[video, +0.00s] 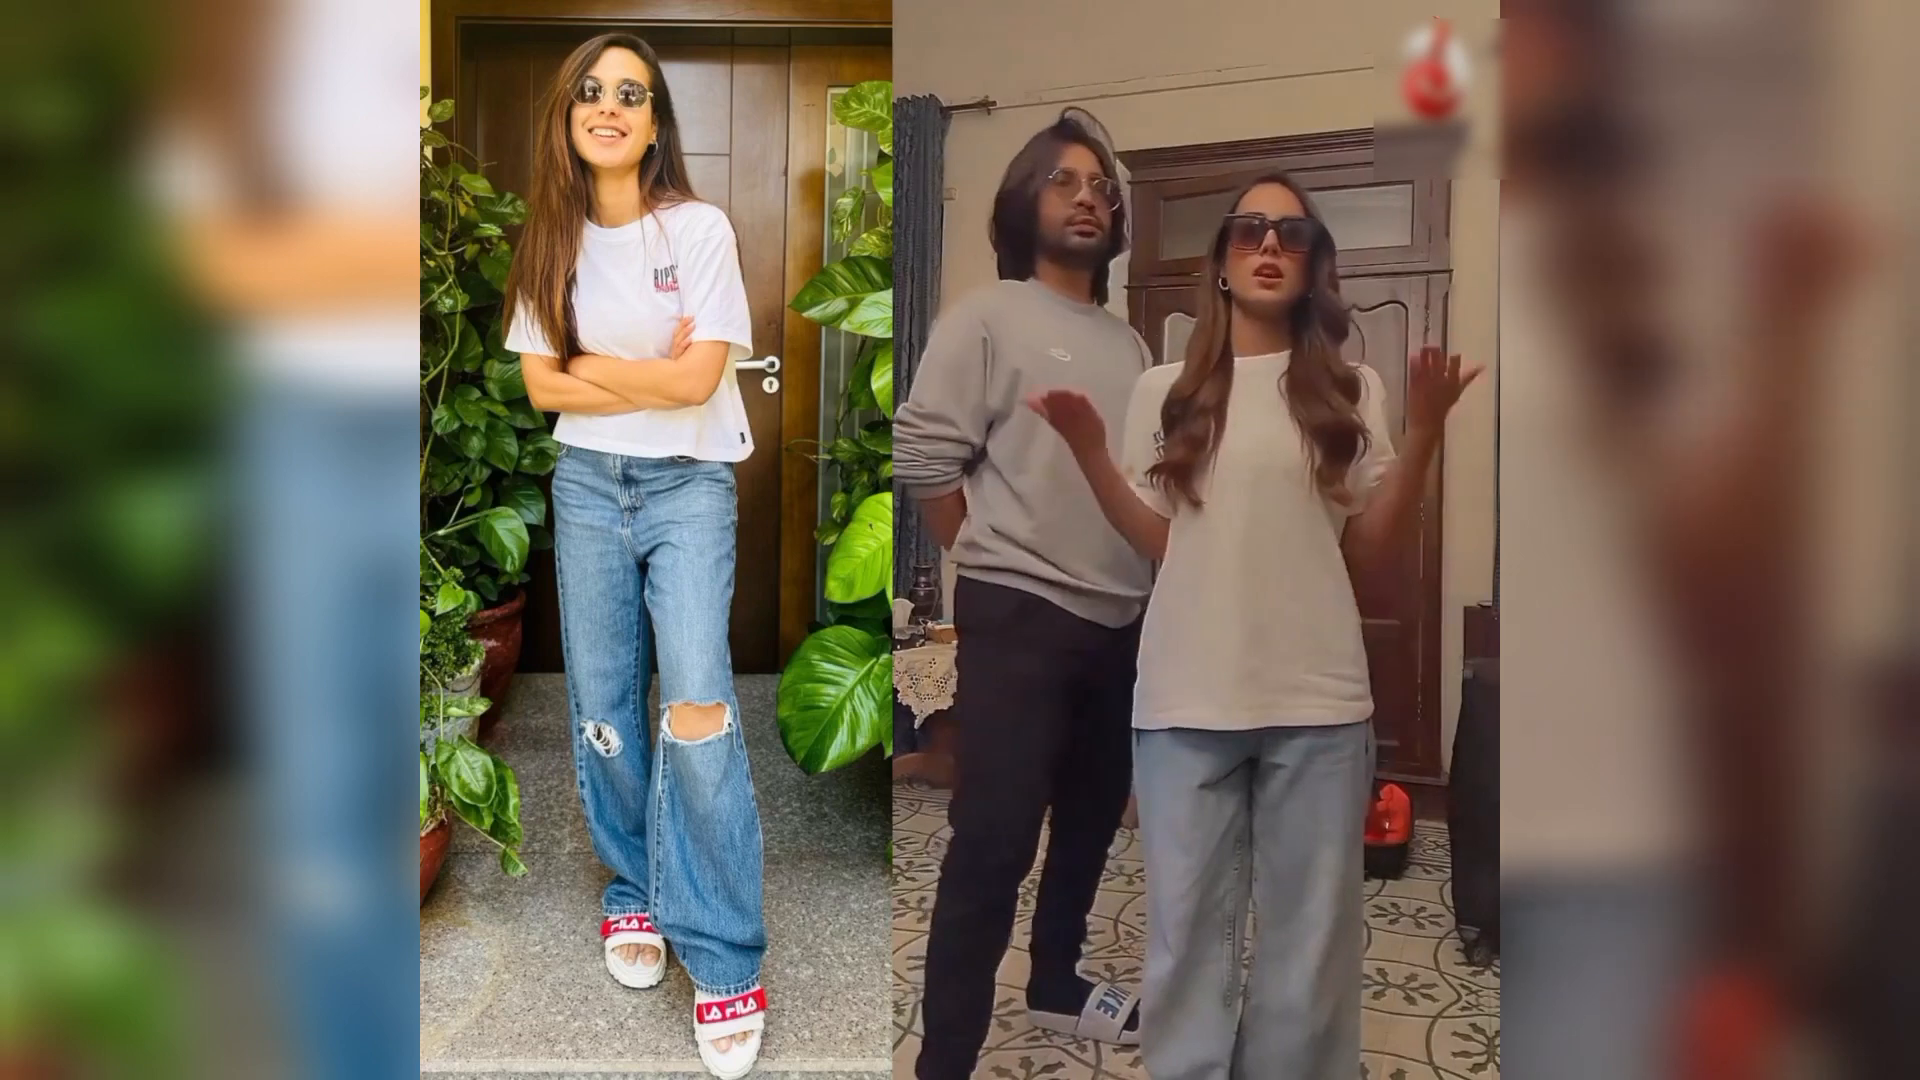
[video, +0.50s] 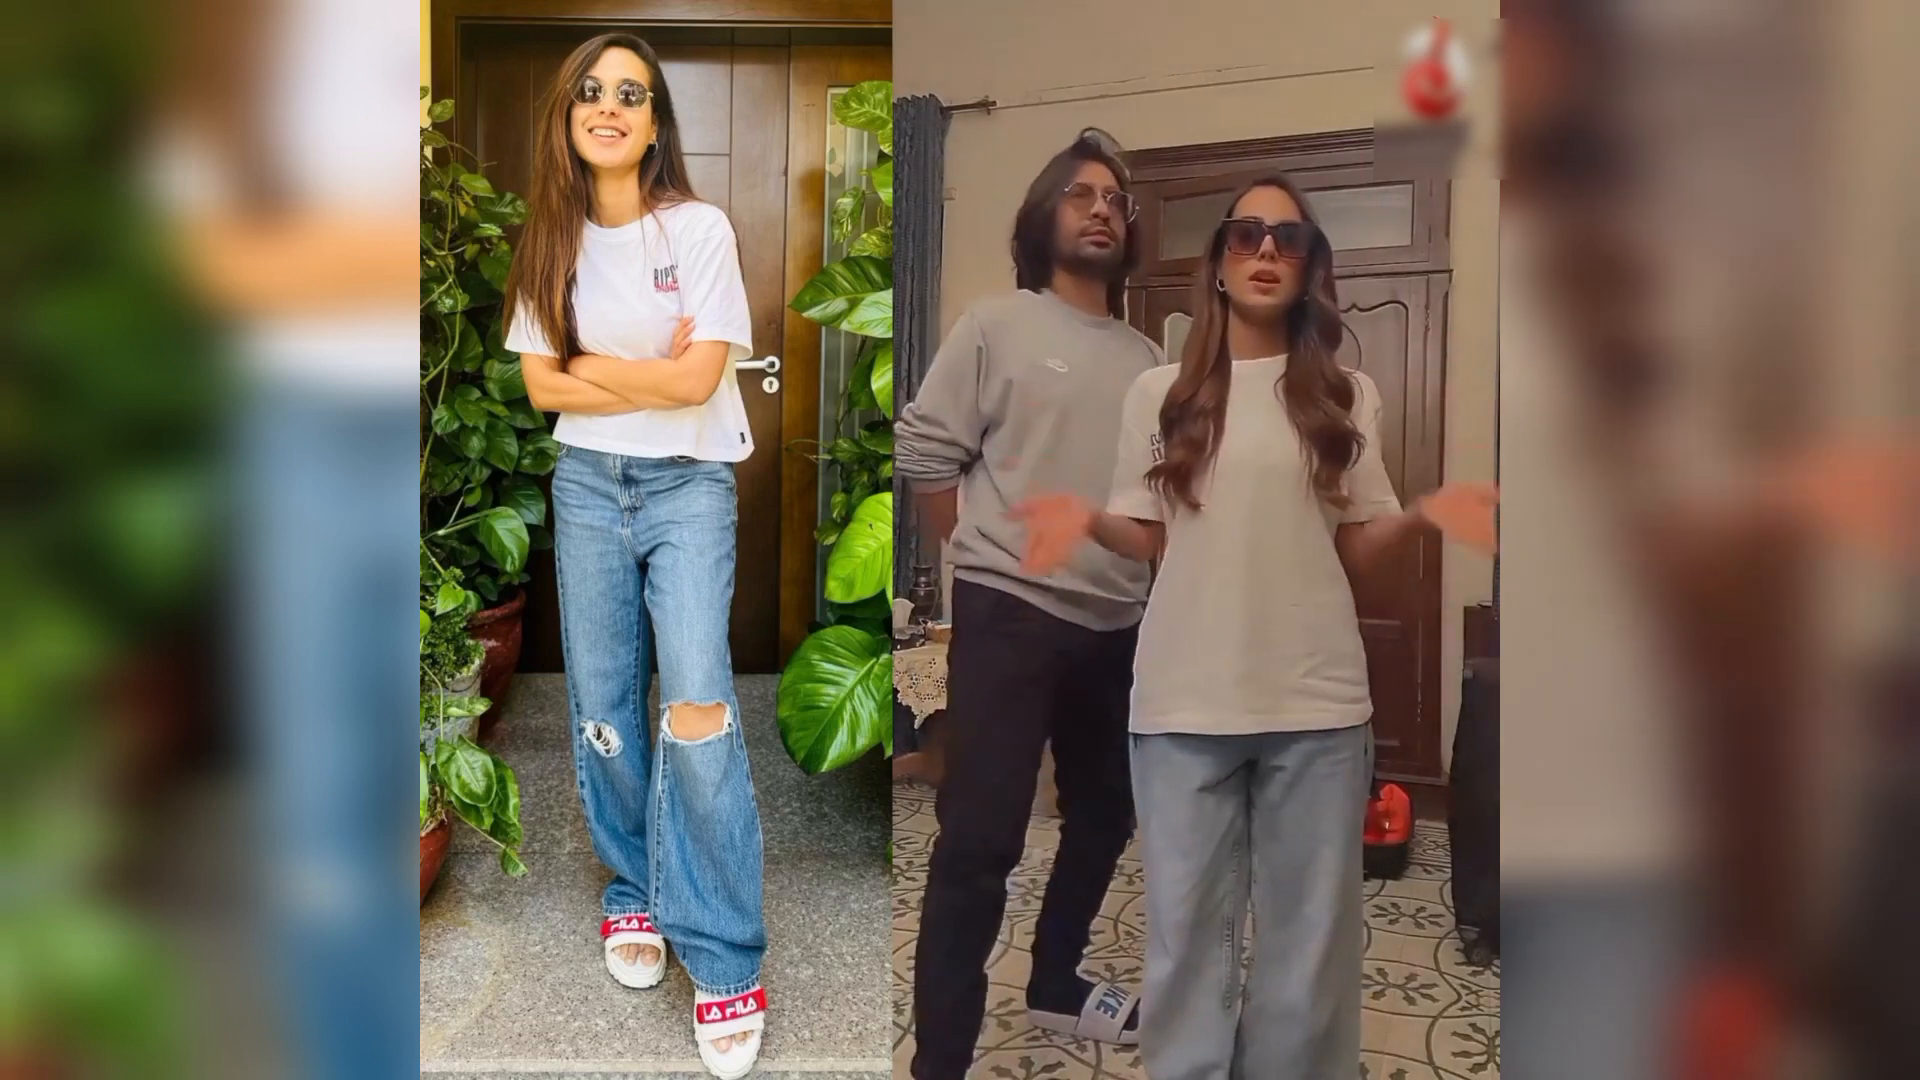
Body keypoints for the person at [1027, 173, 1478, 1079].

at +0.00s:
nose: (1269, 245)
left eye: (1290, 233)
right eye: (1250, 231)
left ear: (1317, 262)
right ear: (1220, 259)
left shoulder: (1351, 386)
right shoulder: (1165, 387)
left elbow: (1368, 543)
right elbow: (1159, 540)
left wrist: (1422, 432)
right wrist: (1091, 450)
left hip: (1318, 694)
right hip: (1184, 694)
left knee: (1310, 944)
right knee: (1182, 936)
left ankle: (1295, 1070)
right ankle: (1186, 1066)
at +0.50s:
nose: (1266, 249)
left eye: (1287, 237)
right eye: (1248, 235)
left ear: (1313, 265)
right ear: (1219, 262)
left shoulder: (1346, 393)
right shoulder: (1162, 392)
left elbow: (1360, 552)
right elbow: (1154, 542)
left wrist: (1420, 517)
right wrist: (1093, 518)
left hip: (1317, 705)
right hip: (1182, 705)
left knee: (1310, 946)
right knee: (1182, 938)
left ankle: (1294, 1071)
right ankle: (1186, 1067)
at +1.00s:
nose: (1264, 256)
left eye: (1286, 243)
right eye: (1245, 240)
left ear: (1311, 271)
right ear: (1217, 266)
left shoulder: (1346, 392)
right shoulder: (1160, 391)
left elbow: (1452, 464)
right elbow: (1069, 470)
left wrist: (1463, 303)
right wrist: (1054, 311)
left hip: (1319, 717)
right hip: (1182, 719)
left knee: (1311, 960)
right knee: (1182, 950)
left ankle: (1295, 1072)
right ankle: (1185, 1068)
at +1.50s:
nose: (1266, 248)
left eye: (1286, 236)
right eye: (1247, 234)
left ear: (1311, 263)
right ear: (1217, 258)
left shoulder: (1347, 392)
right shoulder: (1159, 391)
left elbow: (1384, 537)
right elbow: (1105, 531)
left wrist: (1471, 451)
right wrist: (1026, 446)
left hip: (1320, 707)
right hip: (1184, 708)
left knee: (1315, 944)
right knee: (1185, 938)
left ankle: (1294, 1075)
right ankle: (1186, 1069)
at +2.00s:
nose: (1259, 251)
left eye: (1280, 239)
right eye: (1239, 237)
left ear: (1305, 267)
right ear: (1212, 262)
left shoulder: (1348, 393)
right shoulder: (1156, 395)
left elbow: (1422, 520)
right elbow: (1133, 538)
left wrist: (1344, 506)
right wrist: (1217, 504)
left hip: (1321, 714)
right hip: (1183, 716)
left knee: (1314, 955)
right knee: (1184, 947)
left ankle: (1292, 1074)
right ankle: (1186, 1071)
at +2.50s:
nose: (1263, 247)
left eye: (1284, 236)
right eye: (1244, 234)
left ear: (1311, 265)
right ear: (1214, 261)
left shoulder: (1345, 391)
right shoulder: (1160, 394)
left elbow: (1429, 522)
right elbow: (1082, 517)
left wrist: (1462, 382)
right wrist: (1031, 389)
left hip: (1322, 712)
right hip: (1183, 713)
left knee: (1314, 953)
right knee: (1184, 946)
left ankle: (1296, 1074)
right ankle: (1184, 1069)